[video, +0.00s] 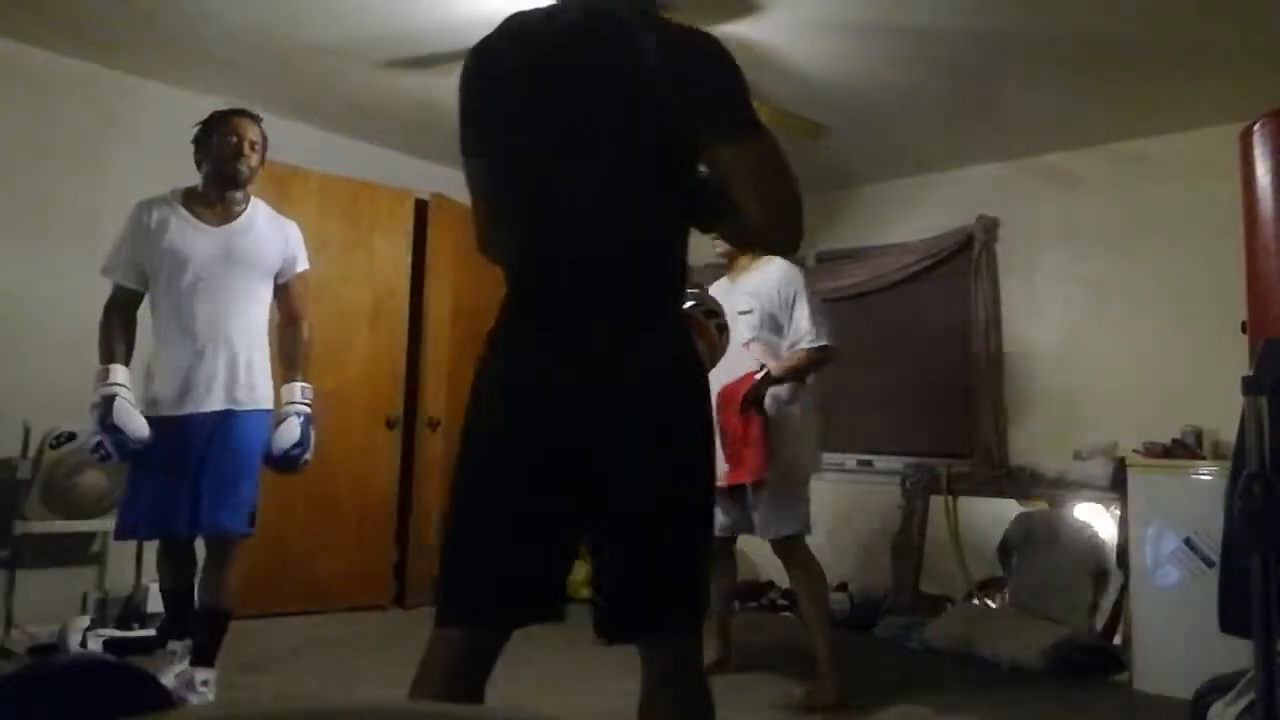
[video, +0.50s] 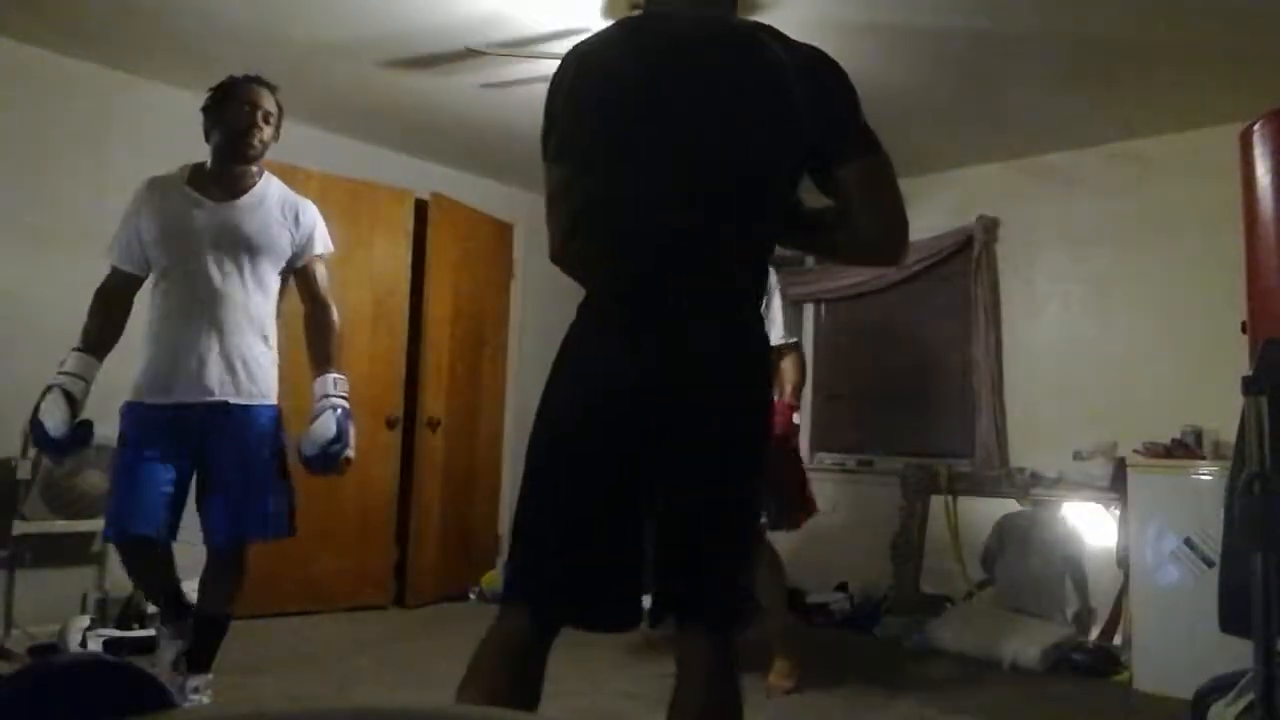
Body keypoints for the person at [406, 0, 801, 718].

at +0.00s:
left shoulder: (491, 56)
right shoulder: (688, 54)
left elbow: (493, 236)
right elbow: (777, 225)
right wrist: (677, 188)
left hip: (527, 360)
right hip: (649, 365)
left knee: (467, 630)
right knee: (670, 647)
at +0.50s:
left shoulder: (585, 65)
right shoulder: (799, 70)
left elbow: (568, 244)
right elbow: (881, 236)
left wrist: (652, 292)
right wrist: (768, 219)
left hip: (603, 354)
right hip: (723, 359)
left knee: (527, 611)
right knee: (707, 634)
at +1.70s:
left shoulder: (490, 36)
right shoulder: (703, 40)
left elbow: (540, 193)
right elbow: (796, 200)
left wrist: (685, 248)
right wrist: (685, 173)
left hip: (523, 353)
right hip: (650, 360)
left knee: (478, 636)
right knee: (669, 644)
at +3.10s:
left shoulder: (465, 49)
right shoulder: (676, 38)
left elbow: (497, 208)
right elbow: (774, 195)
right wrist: (688, 190)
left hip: (517, 360)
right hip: (640, 364)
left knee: (474, 639)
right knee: (664, 644)